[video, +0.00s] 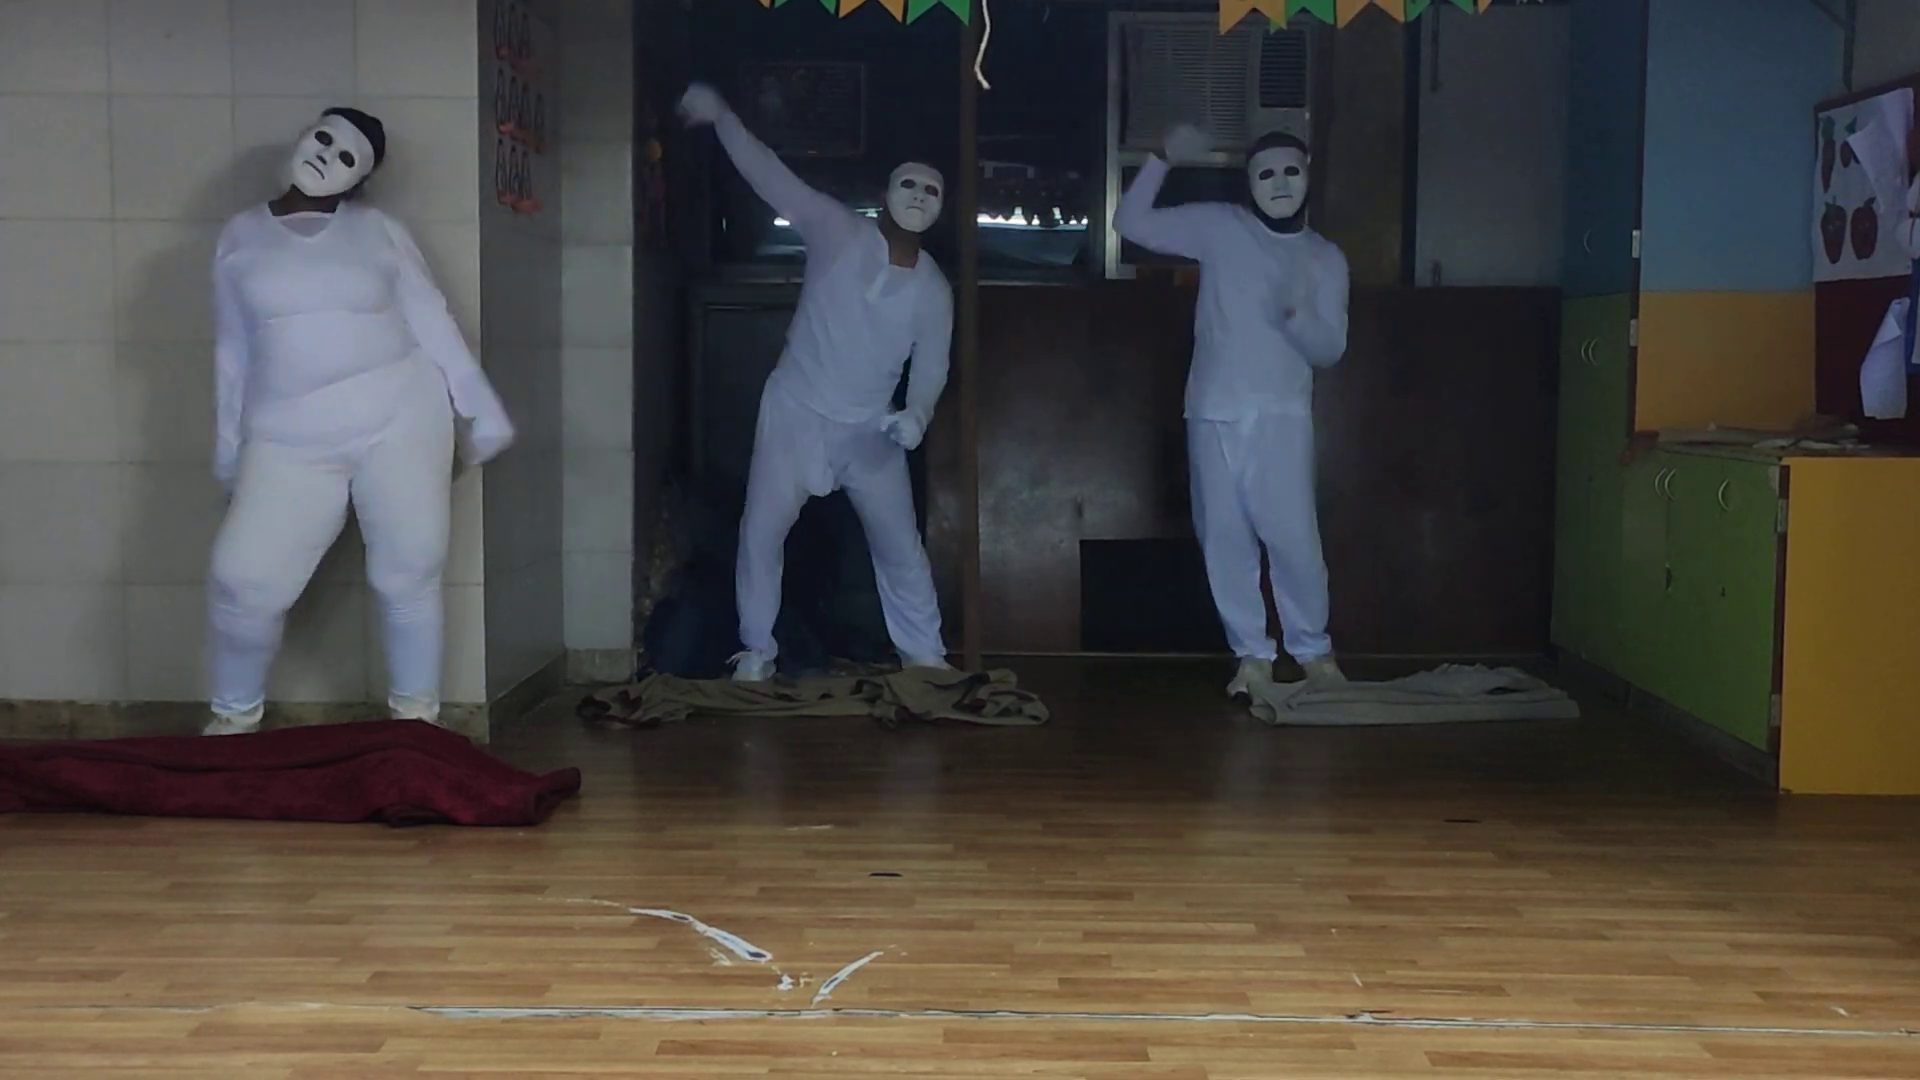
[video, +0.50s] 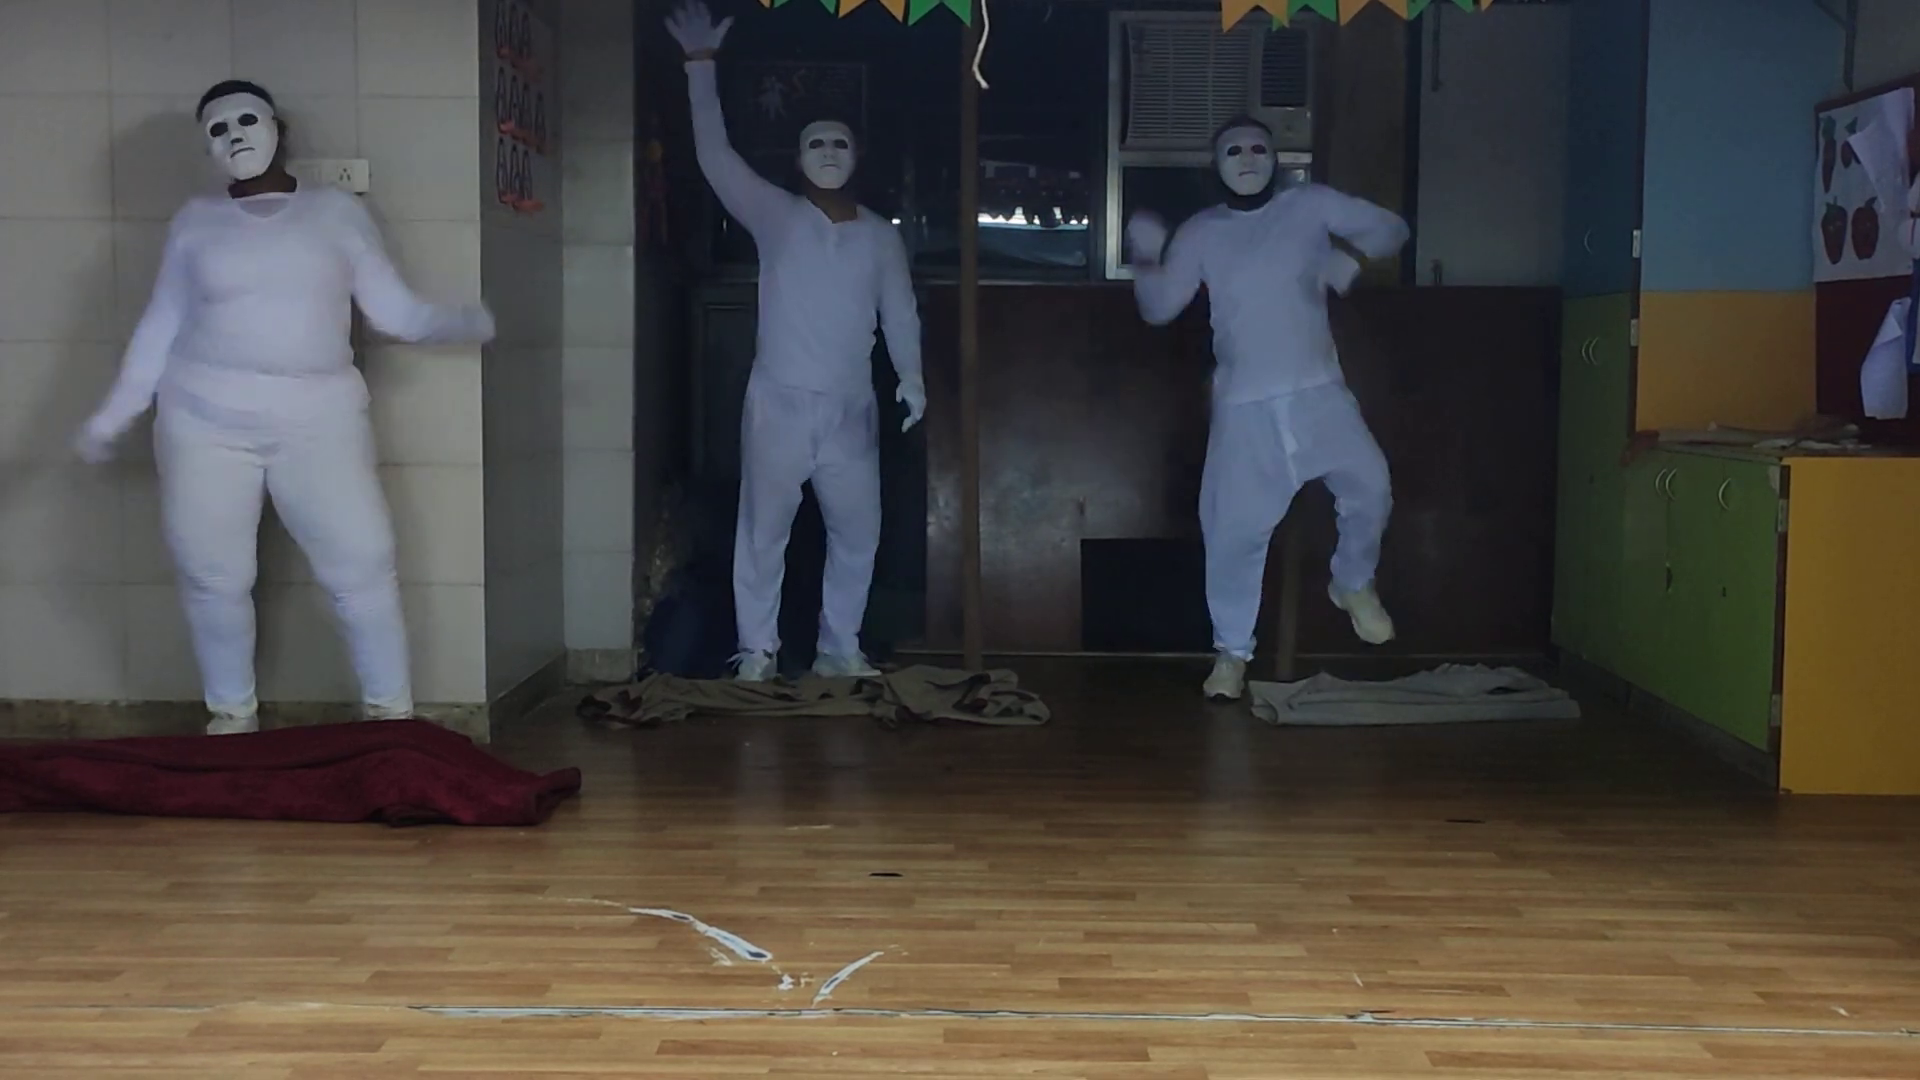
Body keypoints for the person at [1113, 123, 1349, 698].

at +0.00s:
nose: (1279, 184)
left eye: (1291, 172)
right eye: (1266, 174)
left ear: (1308, 178)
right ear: (1249, 182)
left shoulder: (1325, 259)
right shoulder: (1219, 226)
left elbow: (1331, 349)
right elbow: (1133, 221)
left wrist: (1295, 318)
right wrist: (1161, 158)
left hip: (1283, 414)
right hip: (1214, 410)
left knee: (1293, 536)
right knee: (1225, 537)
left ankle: (1314, 653)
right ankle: (1253, 658)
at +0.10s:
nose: (1254, 160)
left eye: (1266, 149)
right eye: (1241, 150)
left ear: (1283, 158)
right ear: (1224, 160)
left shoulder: (1306, 212)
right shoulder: (1201, 213)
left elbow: (1364, 213)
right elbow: (1140, 275)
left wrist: (1324, 146)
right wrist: (1189, 261)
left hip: (1287, 390)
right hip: (1219, 394)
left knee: (1299, 520)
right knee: (1228, 525)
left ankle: (1322, 646)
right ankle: (1248, 655)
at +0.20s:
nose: (1236, 154)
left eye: (1246, 143)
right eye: (1224, 146)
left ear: (1266, 149)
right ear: (1210, 158)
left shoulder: (1299, 188)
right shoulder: (1192, 228)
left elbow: (1353, 111)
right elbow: (1172, 307)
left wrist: (1340, 37)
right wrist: (1173, 352)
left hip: (1292, 380)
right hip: (1222, 388)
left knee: (1312, 512)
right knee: (1225, 519)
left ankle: (1337, 632)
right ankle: (1228, 650)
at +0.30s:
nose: (1229, 175)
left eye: (1241, 165)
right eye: (1216, 167)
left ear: (1259, 171)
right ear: (1200, 178)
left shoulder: (1288, 204)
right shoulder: (1188, 257)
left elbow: (1337, 127)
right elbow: (1186, 346)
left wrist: (1330, 44)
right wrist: (1194, 422)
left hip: (1301, 396)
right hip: (1227, 408)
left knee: (1331, 515)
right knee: (1225, 533)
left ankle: (1354, 602)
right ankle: (1229, 655)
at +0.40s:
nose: (1232, 178)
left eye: (1243, 167)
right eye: (1219, 169)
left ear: (1261, 174)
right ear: (1204, 182)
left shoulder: (1296, 216)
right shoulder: (1190, 261)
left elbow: (1375, 181)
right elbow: (1187, 347)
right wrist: (1171, 400)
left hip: (1309, 402)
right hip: (1235, 416)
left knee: (1354, 494)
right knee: (1227, 535)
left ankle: (1347, 565)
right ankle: (1229, 654)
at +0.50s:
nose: (1247, 159)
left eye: (1258, 150)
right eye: (1235, 152)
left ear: (1274, 160)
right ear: (1217, 165)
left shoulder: (1309, 205)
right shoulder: (1199, 233)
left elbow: (1390, 232)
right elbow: (1159, 307)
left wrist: (1351, 255)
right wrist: (1146, 260)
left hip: (1320, 392)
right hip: (1245, 404)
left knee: (1370, 490)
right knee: (1231, 527)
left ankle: (1353, 584)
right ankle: (1232, 653)